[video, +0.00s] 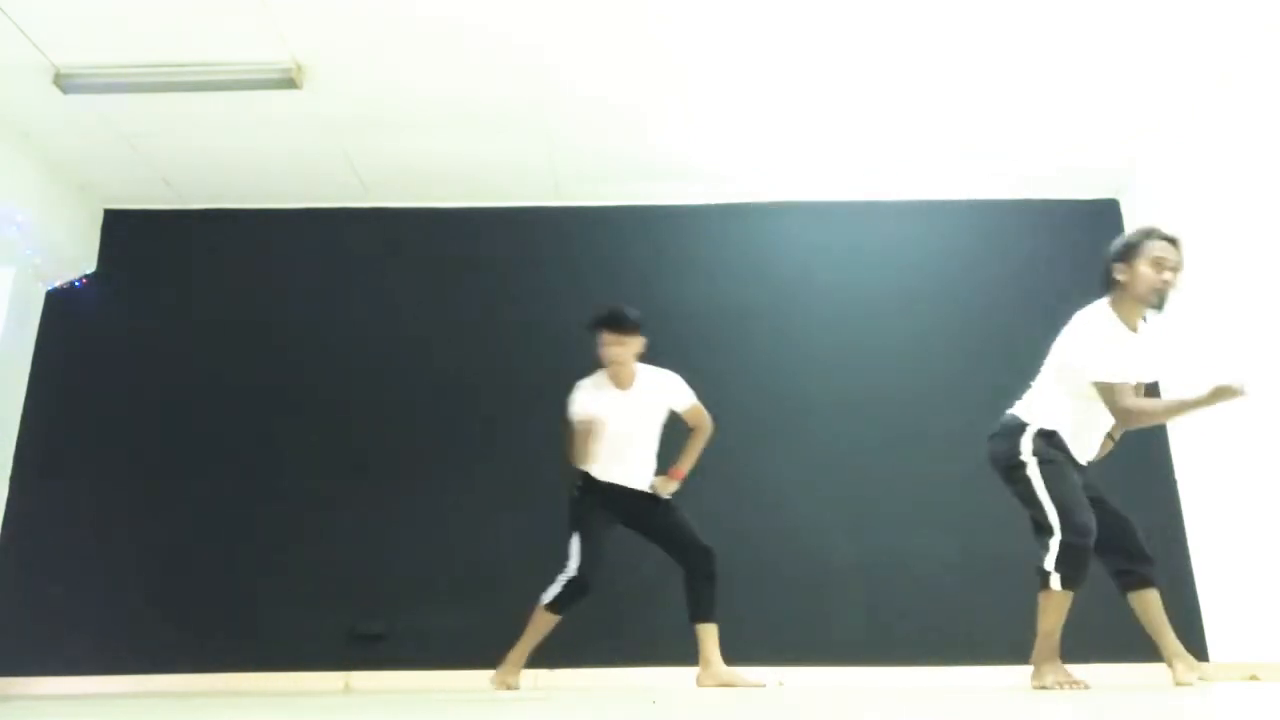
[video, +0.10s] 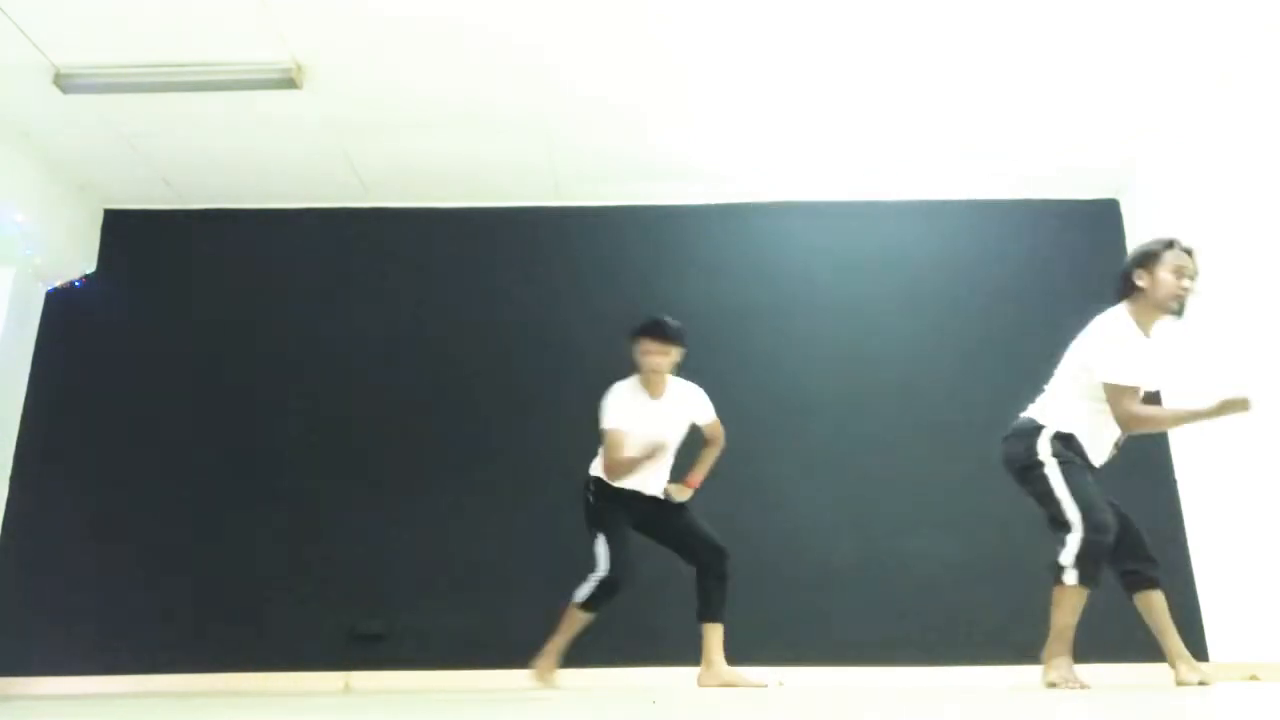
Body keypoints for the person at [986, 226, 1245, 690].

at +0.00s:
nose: (1168, 277)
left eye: (1174, 270)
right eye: (1158, 265)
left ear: (1177, 277)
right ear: (1121, 270)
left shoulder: (1139, 335)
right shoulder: (1096, 323)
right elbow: (1126, 410)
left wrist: (1113, 426)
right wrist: (1203, 401)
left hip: (1063, 453)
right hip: (1028, 438)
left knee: (1120, 538)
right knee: (1073, 530)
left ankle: (1179, 660)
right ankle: (1045, 663)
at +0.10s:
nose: (1187, 286)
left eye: (1191, 278)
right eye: (1178, 274)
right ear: (1142, 277)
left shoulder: (1144, 340)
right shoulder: (1115, 327)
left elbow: (1131, 414)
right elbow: (1128, 416)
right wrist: (1207, 412)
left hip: (1072, 451)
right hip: (1042, 439)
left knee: (1125, 536)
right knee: (1092, 525)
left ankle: (1182, 662)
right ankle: (1057, 659)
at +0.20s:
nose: (1195, 294)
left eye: (1194, 285)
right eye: (1187, 284)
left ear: (1157, 289)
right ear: (1154, 286)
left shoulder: (1142, 343)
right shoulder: (1126, 334)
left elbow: (1127, 413)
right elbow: (1124, 415)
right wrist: (1199, 423)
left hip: (1079, 451)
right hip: (1055, 447)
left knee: (1138, 538)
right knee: (1114, 535)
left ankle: (1182, 660)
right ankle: (1067, 643)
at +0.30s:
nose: (1190, 301)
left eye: (1188, 292)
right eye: (1184, 291)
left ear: (1157, 296)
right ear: (1157, 294)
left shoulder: (1125, 338)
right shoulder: (1135, 338)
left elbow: (1121, 403)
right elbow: (1127, 402)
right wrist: (1177, 436)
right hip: (1067, 455)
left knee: (1145, 555)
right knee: (1143, 553)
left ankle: (1182, 663)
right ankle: (1070, 625)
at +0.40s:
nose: (1169, 309)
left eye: (1165, 299)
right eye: (1163, 299)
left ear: (1122, 308)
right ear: (1145, 301)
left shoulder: (1095, 341)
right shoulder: (1137, 339)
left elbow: (1094, 397)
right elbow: (1148, 380)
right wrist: (1160, 442)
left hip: (1036, 456)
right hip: (1077, 451)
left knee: (1126, 567)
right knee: (1150, 564)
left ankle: (1182, 664)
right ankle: (1063, 631)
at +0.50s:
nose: (1138, 302)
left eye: (1134, 294)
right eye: (1133, 295)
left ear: (1087, 306)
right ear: (1120, 299)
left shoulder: (1058, 343)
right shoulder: (1126, 332)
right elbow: (1167, 355)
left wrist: (1048, 446)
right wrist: (1163, 427)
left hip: (1029, 449)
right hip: (1082, 437)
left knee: (1110, 567)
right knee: (1129, 568)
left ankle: (1179, 663)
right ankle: (1068, 650)